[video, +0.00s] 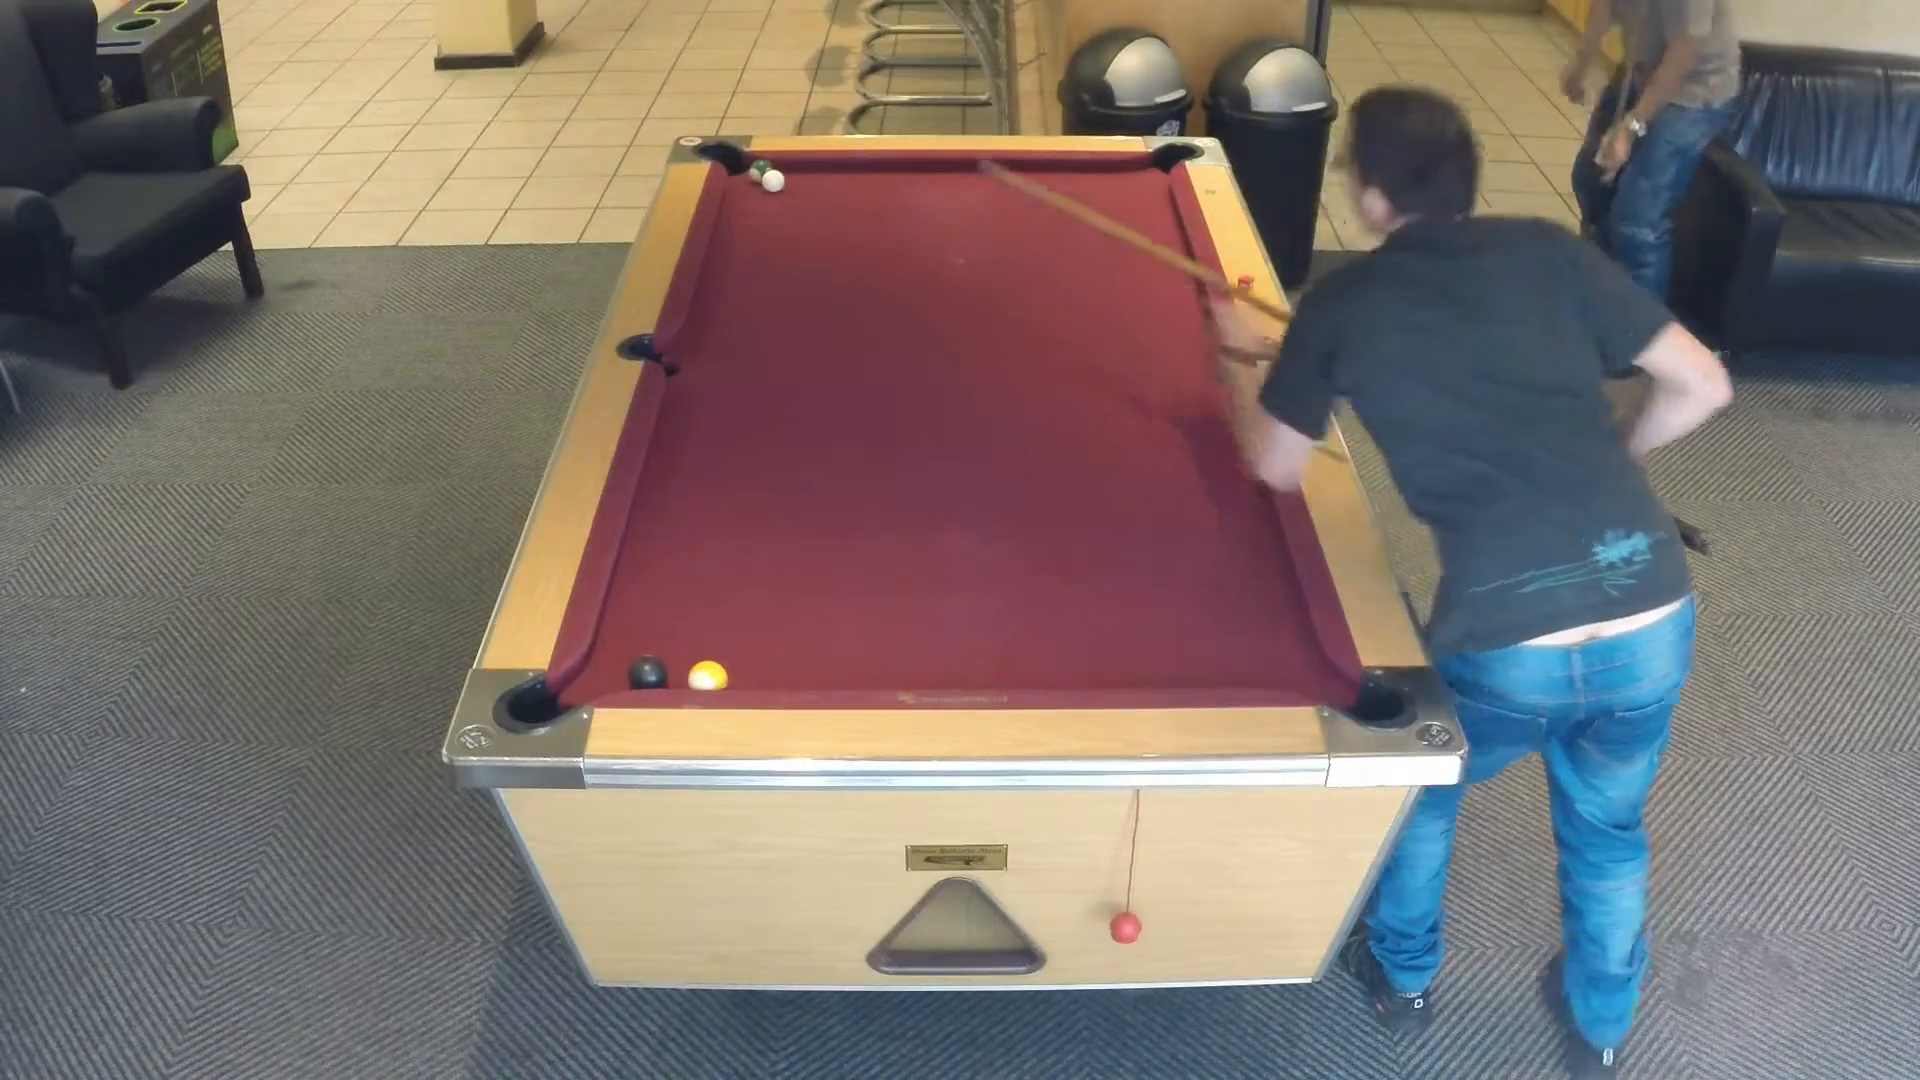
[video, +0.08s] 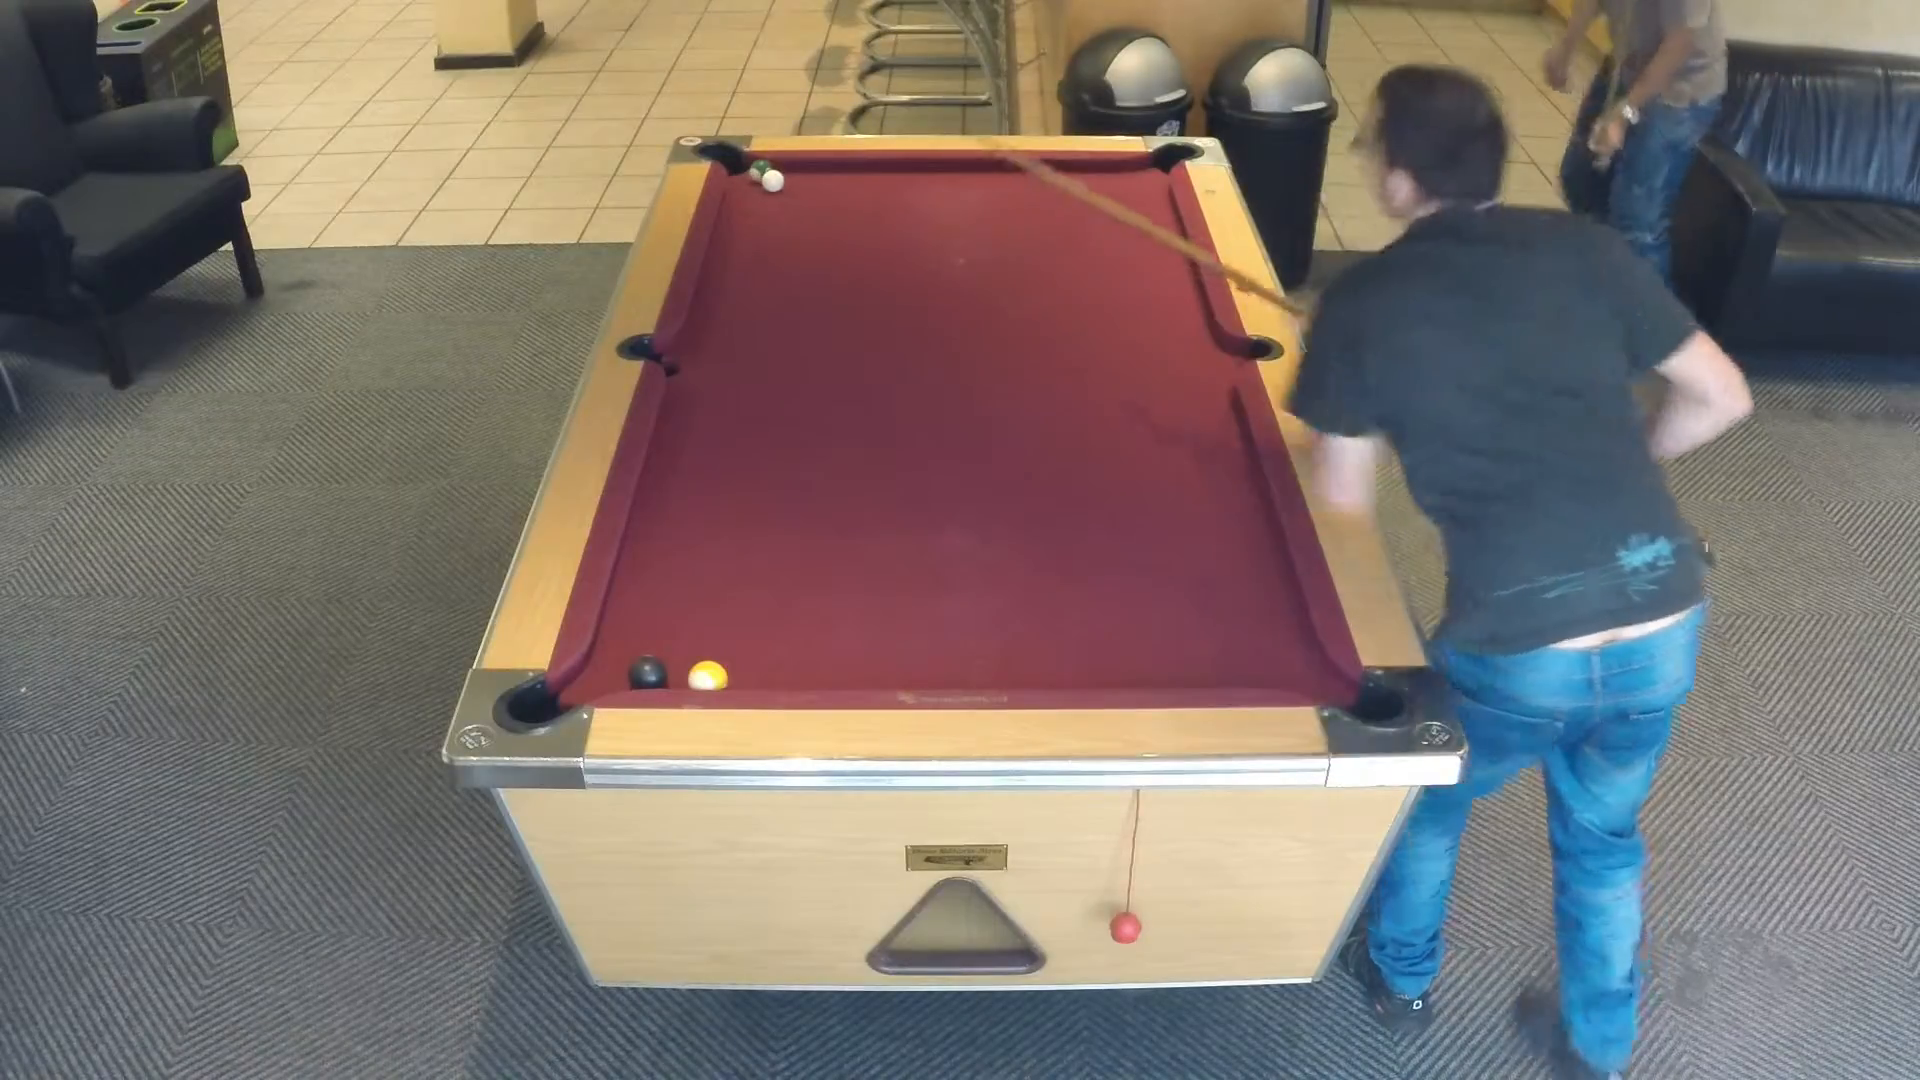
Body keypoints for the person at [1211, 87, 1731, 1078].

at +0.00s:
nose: (1341, 189)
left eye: (1346, 175)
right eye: (1346, 171)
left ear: (1370, 194)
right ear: (1463, 180)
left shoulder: (1343, 300)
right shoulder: (1550, 251)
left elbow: (1277, 466)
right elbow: (1702, 385)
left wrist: (1247, 378)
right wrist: (1604, 446)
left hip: (1508, 640)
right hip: (1652, 621)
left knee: (1424, 780)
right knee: (1610, 831)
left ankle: (1404, 966)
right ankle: (1605, 1019)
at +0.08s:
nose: (1370, 167)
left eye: (1376, 154)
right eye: (1374, 150)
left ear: (1398, 176)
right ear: (1494, 163)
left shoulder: (1365, 295)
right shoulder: (1584, 245)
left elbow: (1341, 493)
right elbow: (1719, 394)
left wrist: (1374, 413)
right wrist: (1611, 453)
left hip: (1519, 637)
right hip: (1662, 621)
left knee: (1436, 792)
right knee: (1606, 841)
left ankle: (1403, 973)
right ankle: (1602, 1042)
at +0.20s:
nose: (1419, 149)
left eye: (1430, 138)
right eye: (1426, 132)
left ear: (1464, 166)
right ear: (1548, 147)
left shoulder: (1420, 297)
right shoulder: (1636, 248)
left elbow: (1416, 510)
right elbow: (1743, 423)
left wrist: (1503, 473)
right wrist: (1638, 464)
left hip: (1546, 661)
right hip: (1684, 639)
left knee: (1450, 817)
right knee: (1606, 859)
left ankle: (1402, 969)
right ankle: (1613, 1060)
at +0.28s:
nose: (1449, 155)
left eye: (1462, 141)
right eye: (1455, 137)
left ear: (1511, 163)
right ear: (1590, 156)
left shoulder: (1472, 313)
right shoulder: (1683, 267)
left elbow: (1441, 525)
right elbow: (1750, 447)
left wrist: (1537, 471)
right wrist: (1643, 459)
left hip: (1564, 689)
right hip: (1696, 676)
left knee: (1454, 840)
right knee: (1613, 890)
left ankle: (1400, 973)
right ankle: (1613, 1064)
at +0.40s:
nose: (1504, 176)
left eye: (1521, 161)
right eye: (1510, 155)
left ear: (1582, 182)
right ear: (1638, 176)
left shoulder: (1556, 340)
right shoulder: (1737, 285)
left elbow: (1503, 578)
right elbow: (1753, 454)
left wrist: (1470, 497)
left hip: (1597, 728)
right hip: (1723, 706)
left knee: (1473, 865)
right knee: (1622, 911)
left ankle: (1404, 985)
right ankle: (1612, 1066)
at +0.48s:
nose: (1538, 183)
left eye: (1557, 171)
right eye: (1544, 163)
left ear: (1623, 199)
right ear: (1666, 192)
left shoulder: (1599, 352)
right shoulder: (1757, 292)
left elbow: (1551, 612)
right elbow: (1711, 476)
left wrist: (1495, 532)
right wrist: (1548, 510)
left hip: (1616, 742)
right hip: (1740, 709)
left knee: (1474, 897)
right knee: (1628, 925)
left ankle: (1411, 1032)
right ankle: (1613, 1067)